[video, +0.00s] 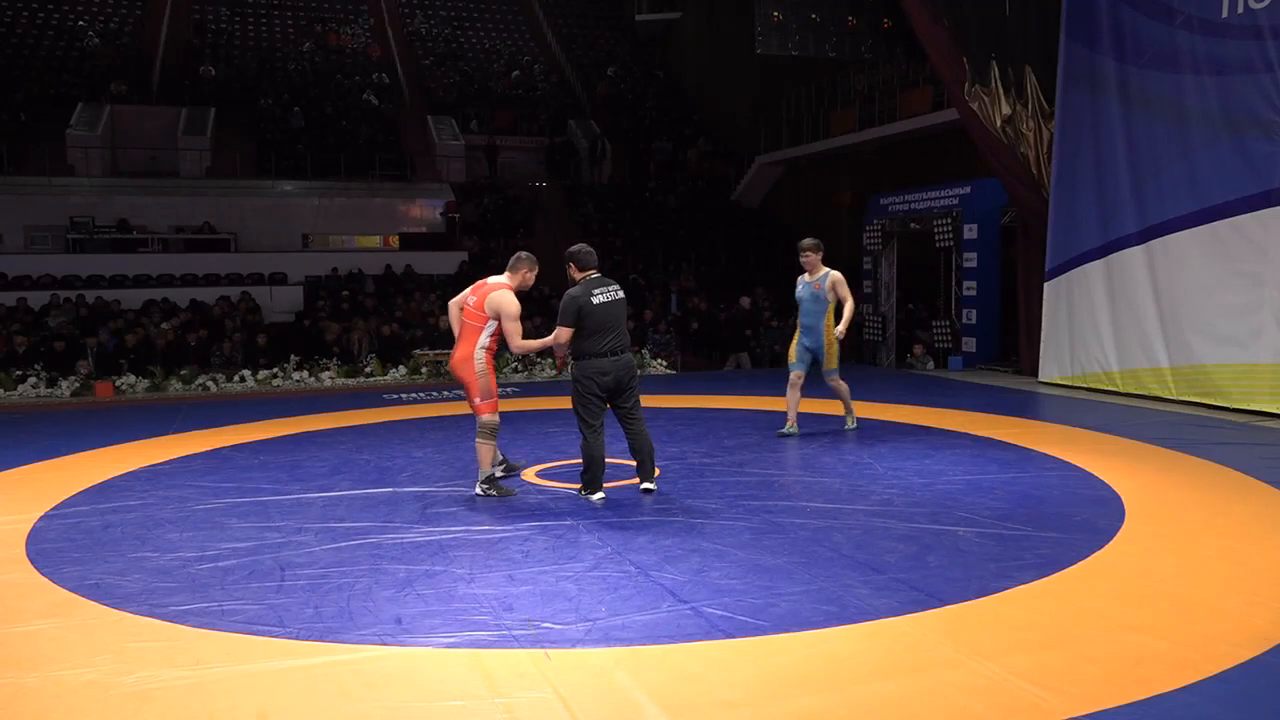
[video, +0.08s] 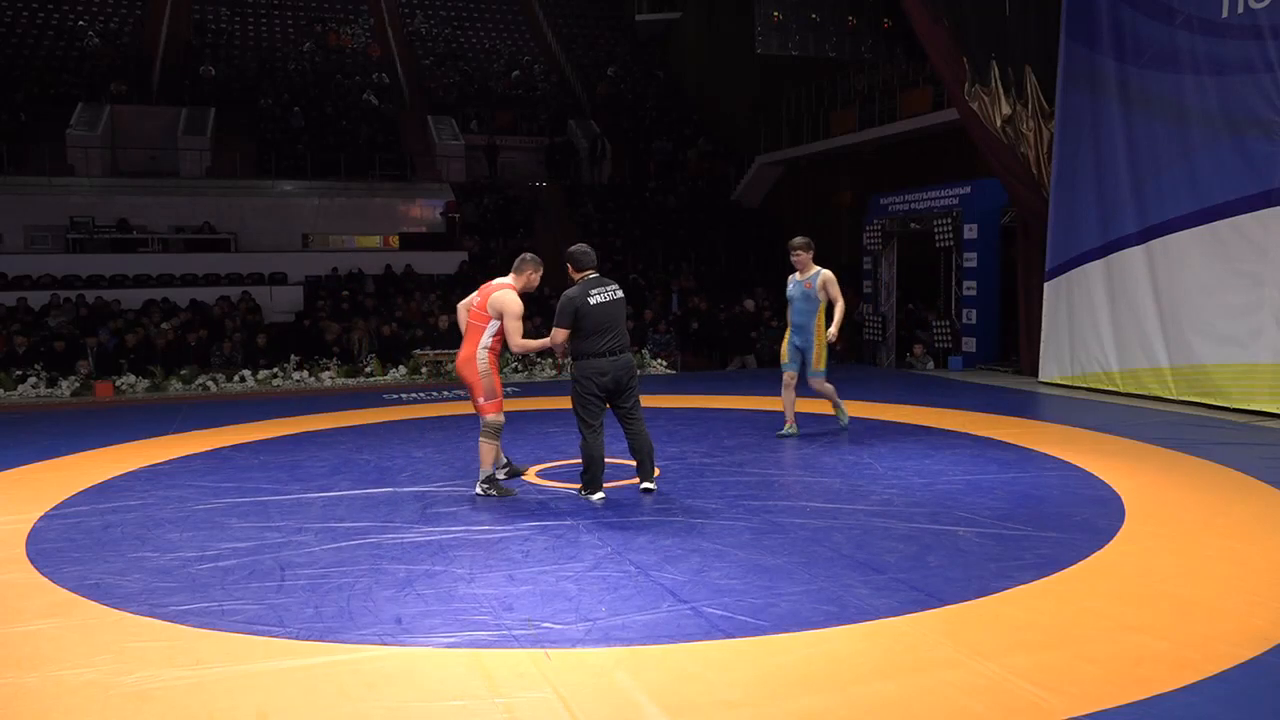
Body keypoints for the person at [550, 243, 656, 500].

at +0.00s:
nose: (568, 271)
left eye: (568, 267)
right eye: (568, 267)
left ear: (573, 268)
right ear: (595, 264)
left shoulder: (574, 296)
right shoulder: (614, 286)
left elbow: (560, 339)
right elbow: (615, 323)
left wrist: (558, 352)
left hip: (590, 368)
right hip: (623, 364)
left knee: (592, 430)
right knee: (634, 421)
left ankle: (593, 487)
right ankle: (648, 478)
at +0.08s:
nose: (567, 270)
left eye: (567, 267)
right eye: (568, 266)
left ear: (571, 268)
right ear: (595, 264)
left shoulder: (571, 297)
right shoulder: (614, 287)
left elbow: (557, 340)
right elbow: (612, 323)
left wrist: (560, 347)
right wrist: (569, 342)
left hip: (589, 369)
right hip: (623, 364)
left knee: (591, 430)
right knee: (633, 420)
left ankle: (593, 487)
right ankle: (647, 478)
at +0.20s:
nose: (568, 270)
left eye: (568, 267)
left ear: (570, 268)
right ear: (596, 263)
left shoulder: (568, 296)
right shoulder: (615, 286)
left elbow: (553, 338)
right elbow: (613, 322)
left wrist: (562, 347)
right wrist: (571, 340)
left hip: (588, 368)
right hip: (622, 363)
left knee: (591, 429)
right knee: (634, 419)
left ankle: (593, 486)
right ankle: (647, 477)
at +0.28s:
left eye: (570, 266)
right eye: (597, 260)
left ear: (571, 267)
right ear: (598, 263)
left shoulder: (567, 296)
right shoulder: (616, 286)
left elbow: (552, 338)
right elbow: (614, 322)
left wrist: (558, 348)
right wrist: (570, 338)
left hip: (588, 368)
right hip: (623, 363)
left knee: (591, 428)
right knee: (635, 419)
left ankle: (593, 486)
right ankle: (648, 476)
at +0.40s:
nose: (601, 263)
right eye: (602, 260)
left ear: (574, 266)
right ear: (601, 262)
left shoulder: (566, 295)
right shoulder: (619, 287)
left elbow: (553, 338)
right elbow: (621, 320)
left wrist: (558, 357)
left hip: (587, 367)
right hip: (623, 363)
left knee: (591, 428)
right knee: (635, 419)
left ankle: (593, 485)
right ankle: (647, 477)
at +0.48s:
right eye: (603, 260)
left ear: (576, 266)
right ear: (603, 262)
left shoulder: (568, 295)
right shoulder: (622, 287)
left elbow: (554, 338)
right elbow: (631, 323)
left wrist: (558, 362)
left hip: (588, 367)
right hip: (623, 363)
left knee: (591, 428)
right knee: (635, 420)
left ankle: (593, 485)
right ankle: (647, 478)